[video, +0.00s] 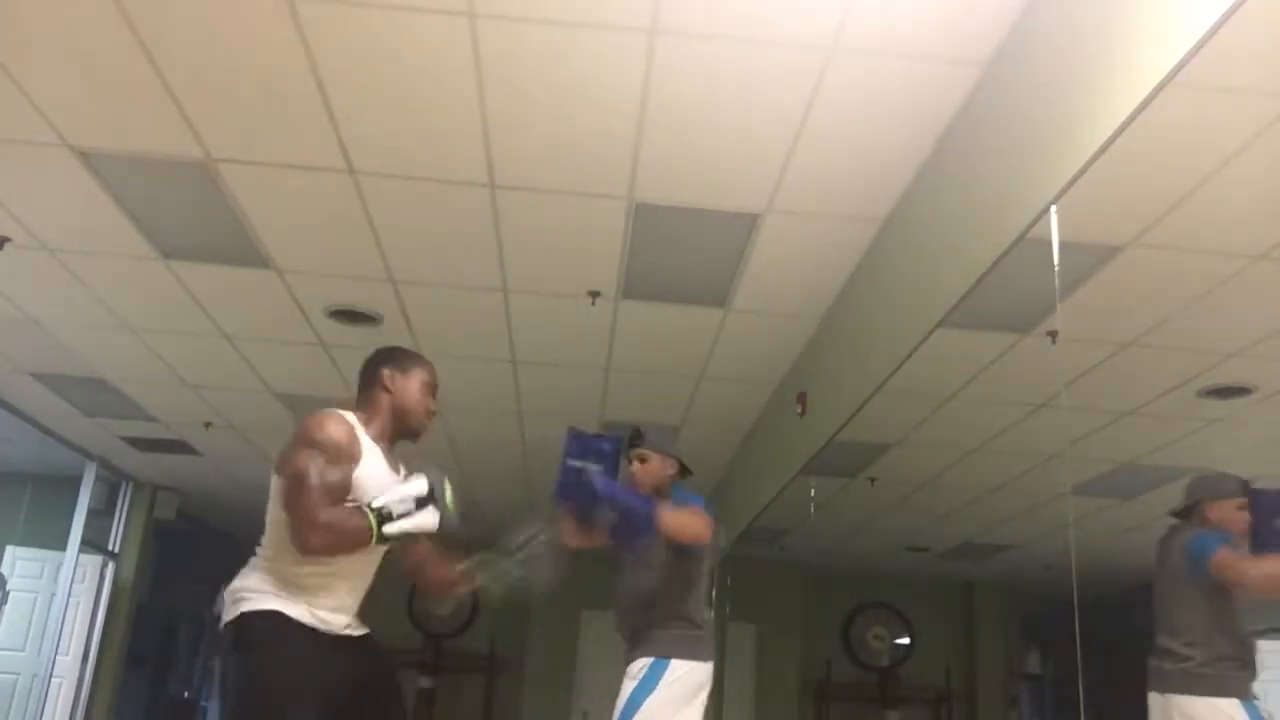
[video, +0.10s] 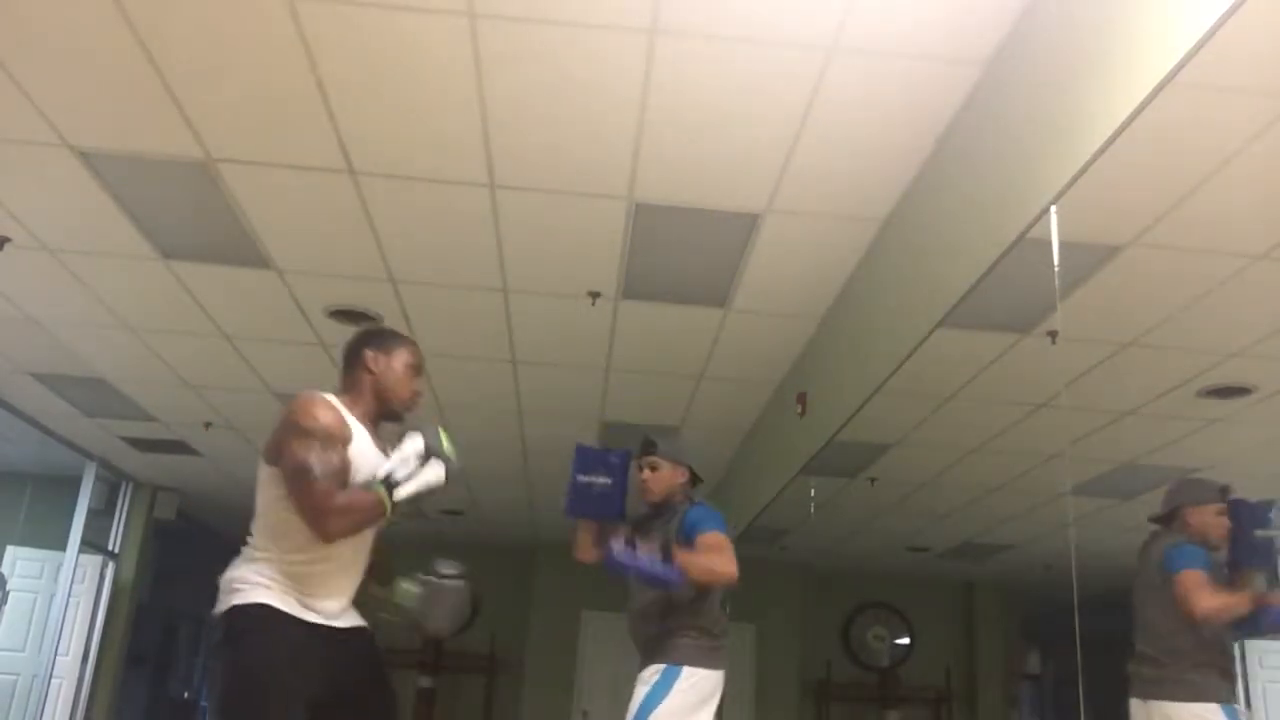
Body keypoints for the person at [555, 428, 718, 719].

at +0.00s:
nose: (632, 469)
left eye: (642, 460)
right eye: (630, 461)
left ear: (670, 467)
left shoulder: (685, 502)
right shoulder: (635, 514)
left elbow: (700, 531)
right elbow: (575, 538)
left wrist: (626, 500)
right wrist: (573, 490)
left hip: (674, 655)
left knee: (632, 713)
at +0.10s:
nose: (644, 477)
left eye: (654, 468)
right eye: (641, 469)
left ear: (682, 475)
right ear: (636, 474)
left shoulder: (699, 516)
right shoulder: (647, 522)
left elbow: (725, 567)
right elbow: (586, 552)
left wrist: (657, 552)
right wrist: (590, 492)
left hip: (687, 663)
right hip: (663, 659)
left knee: (644, 713)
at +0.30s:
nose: (661, 474)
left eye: (671, 466)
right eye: (658, 467)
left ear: (699, 472)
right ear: (654, 472)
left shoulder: (714, 514)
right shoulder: (668, 524)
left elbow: (742, 577)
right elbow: (611, 557)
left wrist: (676, 602)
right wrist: (611, 497)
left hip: (704, 659)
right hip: (675, 656)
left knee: (668, 713)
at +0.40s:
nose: (666, 472)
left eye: (675, 463)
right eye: (663, 465)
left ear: (703, 470)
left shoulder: (718, 510)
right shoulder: (673, 520)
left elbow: (744, 573)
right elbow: (615, 553)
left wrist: (683, 611)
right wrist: (616, 491)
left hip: (707, 656)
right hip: (677, 652)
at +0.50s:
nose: (666, 469)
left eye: (676, 461)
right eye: (664, 463)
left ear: (704, 469)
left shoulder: (718, 510)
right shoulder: (676, 520)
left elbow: (740, 578)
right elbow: (617, 554)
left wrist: (683, 633)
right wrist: (618, 490)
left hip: (709, 660)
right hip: (679, 659)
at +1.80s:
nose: (710, 454)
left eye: (714, 442)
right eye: (710, 443)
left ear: (741, 441)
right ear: (750, 441)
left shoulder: (751, 475)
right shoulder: (800, 479)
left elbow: (684, 490)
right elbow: (722, 541)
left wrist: (696, 437)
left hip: (764, 641)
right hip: (821, 639)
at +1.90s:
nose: (706, 451)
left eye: (713, 436)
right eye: (706, 438)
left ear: (743, 435)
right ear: (756, 437)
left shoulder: (753, 469)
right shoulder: (804, 474)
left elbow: (680, 484)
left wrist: (696, 428)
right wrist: (681, 450)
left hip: (767, 641)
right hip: (825, 639)